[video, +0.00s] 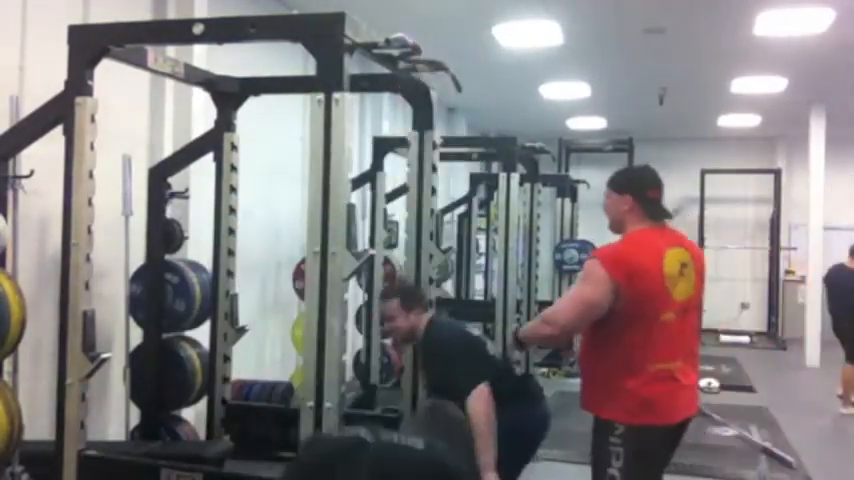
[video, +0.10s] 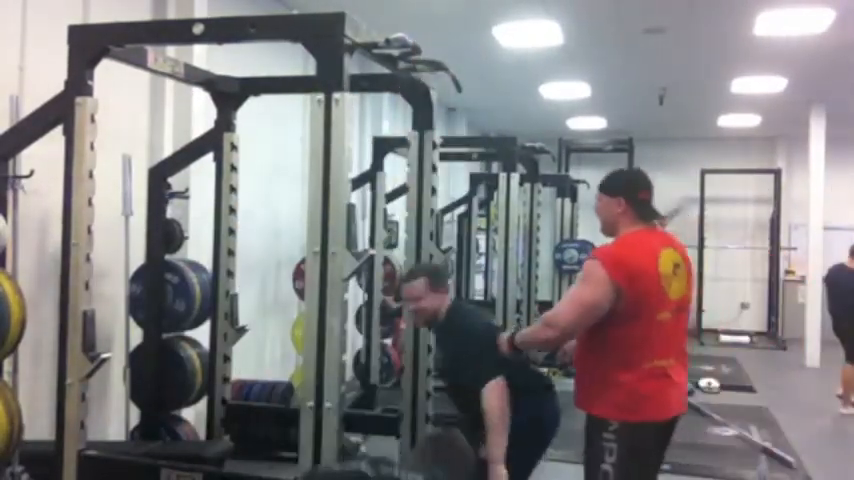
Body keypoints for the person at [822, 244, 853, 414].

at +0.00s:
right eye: (852, 257)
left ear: (849, 255)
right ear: (851, 256)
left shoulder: (834, 272)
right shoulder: (844, 274)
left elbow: (832, 305)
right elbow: (834, 306)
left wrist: (837, 319)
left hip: (839, 324)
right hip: (848, 326)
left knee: (849, 358)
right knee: (849, 360)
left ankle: (845, 390)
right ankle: (847, 401)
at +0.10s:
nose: (852, 261)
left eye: (851, 257)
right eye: (852, 257)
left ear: (849, 255)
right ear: (851, 256)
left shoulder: (834, 272)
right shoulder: (844, 274)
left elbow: (832, 305)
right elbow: (834, 306)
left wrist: (838, 319)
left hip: (839, 324)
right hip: (848, 325)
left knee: (849, 358)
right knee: (849, 360)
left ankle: (845, 390)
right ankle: (847, 401)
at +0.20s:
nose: (852, 261)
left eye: (851, 257)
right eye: (852, 257)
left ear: (849, 255)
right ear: (851, 256)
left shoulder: (835, 272)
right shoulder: (844, 274)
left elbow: (833, 305)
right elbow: (836, 305)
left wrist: (838, 319)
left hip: (839, 324)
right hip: (848, 325)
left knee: (849, 358)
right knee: (849, 360)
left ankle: (845, 390)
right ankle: (847, 401)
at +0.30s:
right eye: (853, 257)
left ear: (849, 255)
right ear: (851, 256)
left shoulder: (834, 273)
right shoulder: (844, 274)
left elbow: (833, 304)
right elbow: (835, 305)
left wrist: (838, 319)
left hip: (839, 324)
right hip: (848, 325)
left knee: (849, 358)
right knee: (850, 360)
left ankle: (845, 390)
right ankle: (847, 401)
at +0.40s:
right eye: (853, 257)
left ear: (849, 255)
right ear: (851, 256)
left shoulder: (834, 273)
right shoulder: (844, 274)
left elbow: (833, 304)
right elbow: (835, 305)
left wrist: (838, 319)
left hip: (839, 324)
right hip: (848, 325)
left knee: (849, 358)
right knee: (850, 360)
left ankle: (845, 390)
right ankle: (847, 401)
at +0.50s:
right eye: (853, 257)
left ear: (849, 255)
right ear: (851, 256)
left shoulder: (834, 273)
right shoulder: (844, 274)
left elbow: (833, 305)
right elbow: (836, 306)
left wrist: (838, 319)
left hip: (839, 324)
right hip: (848, 325)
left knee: (849, 358)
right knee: (850, 360)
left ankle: (845, 390)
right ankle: (847, 401)